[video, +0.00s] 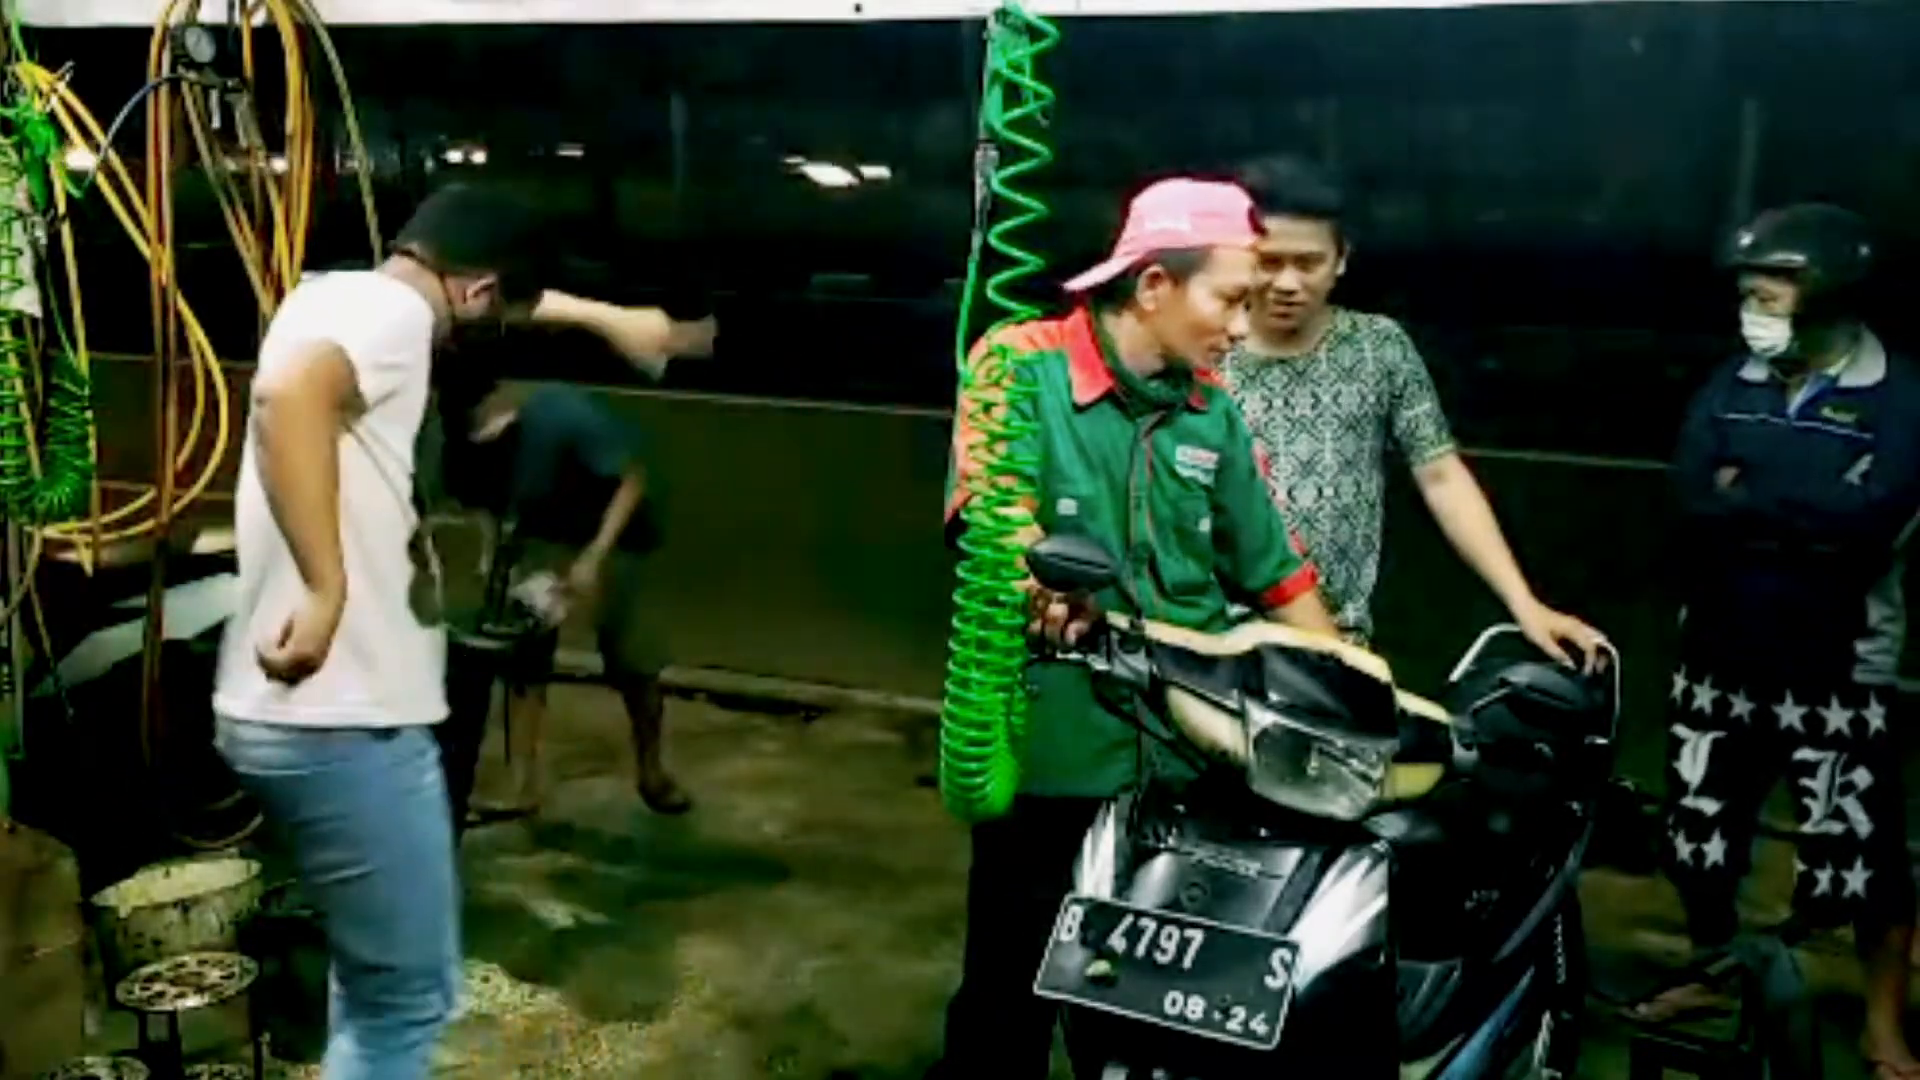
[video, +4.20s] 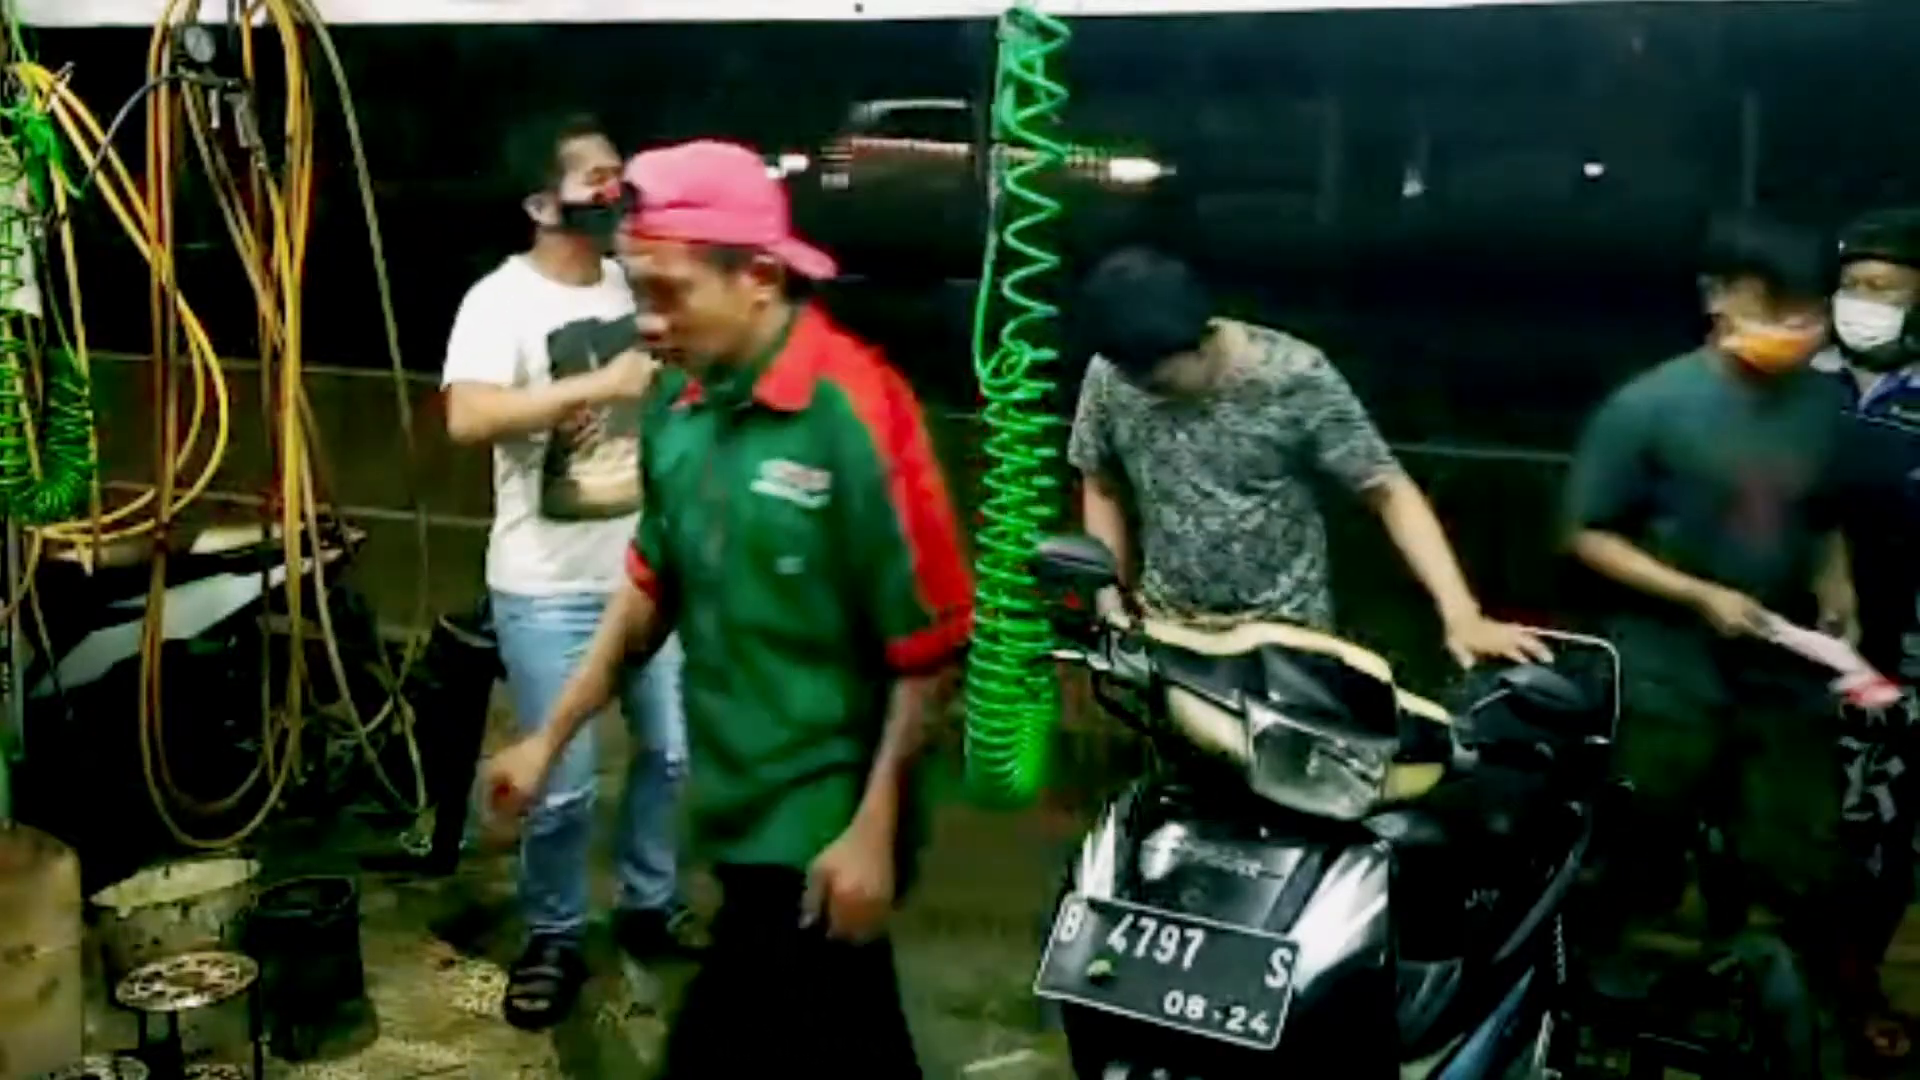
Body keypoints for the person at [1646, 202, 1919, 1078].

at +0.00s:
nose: (1756, 303)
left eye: (1778, 289)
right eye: (1750, 286)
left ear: (1830, 299)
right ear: (1741, 290)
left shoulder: (1891, 395)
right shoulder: (1729, 384)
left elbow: (1872, 520)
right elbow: (1688, 499)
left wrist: (1740, 482)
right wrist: (1825, 499)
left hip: (1839, 659)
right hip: (1721, 649)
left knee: (1860, 852)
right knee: (1699, 829)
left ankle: (1885, 1020)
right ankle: (1709, 972)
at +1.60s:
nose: (1881, 305)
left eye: (1901, 291)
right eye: (1869, 288)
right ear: (1845, 301)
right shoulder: (1796, 395)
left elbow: (1910, 516)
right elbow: (1753, 502)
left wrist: (1816, 485)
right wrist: (1876, 508)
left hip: (1892, 666)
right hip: (1779, 656)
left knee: (1892, 855)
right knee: (1709, 824)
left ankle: (1862, 985)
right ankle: (1710, 966)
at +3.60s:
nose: (1894, 302)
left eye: (1911, 288)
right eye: (1882, 285)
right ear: (1855, 294)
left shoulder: (1918, 413)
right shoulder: (1806, 386)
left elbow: (1910, 521)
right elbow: (1757, 486)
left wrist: (1819, 478)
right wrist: (1868, 519)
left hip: (1889, 658)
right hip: (1781, 641)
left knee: (1883, 839)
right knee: (1736, 810)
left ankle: (1862, 982)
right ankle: (1717, 944)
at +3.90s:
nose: (1879, 304)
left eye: (1899, 291)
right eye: (1868, 286)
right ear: (1845, 293)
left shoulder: (1917, 411)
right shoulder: (1799, 384)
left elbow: (1909, 512)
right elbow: (1748, 483)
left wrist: (1814, 476)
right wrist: (1860, 507)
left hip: (1890, 649)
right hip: (1782, 632)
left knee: (1883, 832)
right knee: (1737, 799)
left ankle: (1863, 980)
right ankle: (1719, 932)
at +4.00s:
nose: (1876, 306)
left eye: (1896, 292)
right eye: (1864, 288)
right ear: (1838, 296)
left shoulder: (1918, 406)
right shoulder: (1787, 388)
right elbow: (1725, 496)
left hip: (1892, 656)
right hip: (1784, 643)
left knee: (1886, 837)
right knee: (1757, 808)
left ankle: (1862, 984)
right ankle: (1724, 942)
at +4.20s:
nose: (1868, 305)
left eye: (1888, 291)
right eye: (1856, 287)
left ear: (1918, 304)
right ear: (1835, 294)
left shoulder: (1908, 410)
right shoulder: (1805, 398)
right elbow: (1794, 524)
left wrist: (1882, 649)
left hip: (1901, 652)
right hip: (1815, 645)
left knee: (1885, 843)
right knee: (1820, 831)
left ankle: (1860, 995)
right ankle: (1823, 994)